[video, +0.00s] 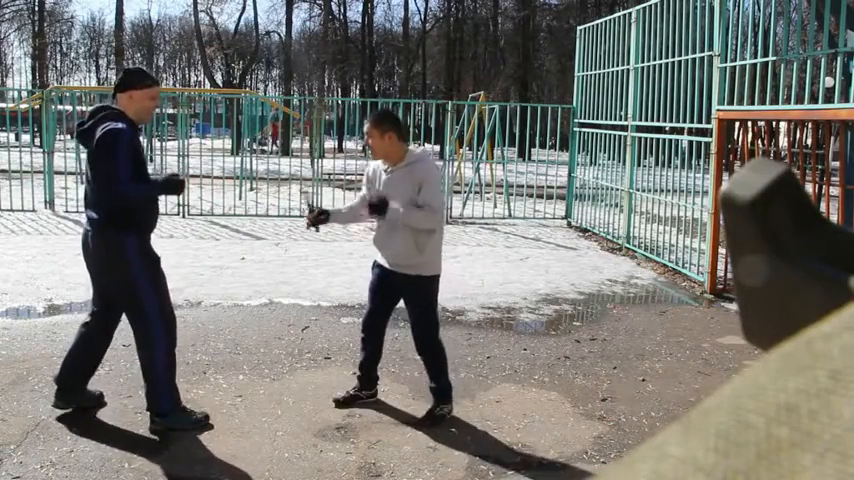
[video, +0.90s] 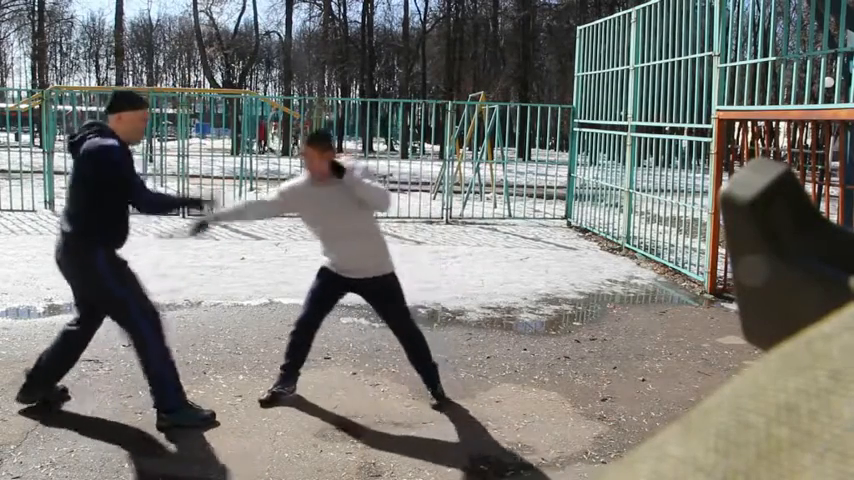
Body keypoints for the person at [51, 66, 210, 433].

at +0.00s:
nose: (155, 106)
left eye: (156, 99)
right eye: (151, 98)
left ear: (126, 97)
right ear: (128, 96)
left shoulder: (109, 128)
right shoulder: (119, 134)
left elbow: (117, 187)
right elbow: (121, 191)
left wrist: (157, 185)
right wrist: (164, 186)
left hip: (103, 243)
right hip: (125, 246)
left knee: (104, 315)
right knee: (158, 324)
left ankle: (70, 388)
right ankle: (166, 411)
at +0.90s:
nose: (145, 127)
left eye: (146, 120)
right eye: (142, 119)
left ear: (118, 118)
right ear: (120, 118)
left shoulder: (96, 145)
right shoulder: (111, 152)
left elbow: (137, 197)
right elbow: (143, 200)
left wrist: (179, 204)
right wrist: (188, 203)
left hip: (76, 252)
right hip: (94, 256)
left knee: (88, 319)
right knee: (145, 321)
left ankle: (37, 385)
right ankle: (173, 408)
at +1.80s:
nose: (89, 105)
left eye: (88, 98)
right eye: (82, 99)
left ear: (58, 103)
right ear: (58, 102)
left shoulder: (56, 134)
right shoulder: (46, 138)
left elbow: (60, 188)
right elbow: (61, 190)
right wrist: (106, 174)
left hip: (51, 243)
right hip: (59, 245)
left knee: (55, 313)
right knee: (108, 315)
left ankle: (10, 379)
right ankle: (101, 399)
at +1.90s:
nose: (88, 105)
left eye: (87, 98)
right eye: (82, 98)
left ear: (57, 103)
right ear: (57, 101)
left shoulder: (54, 134)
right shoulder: (45, 138)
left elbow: (58, 190)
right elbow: (61, 192)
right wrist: (104, 172)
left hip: (48, 242)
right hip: (59, 244)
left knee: (50, 313)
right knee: (111, 310)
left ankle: (9, 381)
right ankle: (108, 396)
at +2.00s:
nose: (89, 100)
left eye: (87, 93)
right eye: (82, 93)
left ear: (60, 97)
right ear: (57, 96)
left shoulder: (52, 129)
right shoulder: (49, 132)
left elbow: (62, 183)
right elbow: (62, 186)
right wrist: (109, 176)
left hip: (52, 237)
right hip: (65, 240)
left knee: (47, 311)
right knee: (105, 312)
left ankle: (7, 378)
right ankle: (118, 400)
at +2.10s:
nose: (91, 102)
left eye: (90, 95)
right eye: (85, 95)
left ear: (62, 99)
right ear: (61, 98)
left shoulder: (53, 130)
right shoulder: (56, 134)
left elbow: (65, 186)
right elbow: (70, 187)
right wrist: (113, 178)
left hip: (49, 239)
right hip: (68, 242)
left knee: (56, 308)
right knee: (109, 312)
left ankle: (8, 376)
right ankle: (118, 399)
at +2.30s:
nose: (111, 110)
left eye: (110, 103)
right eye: (107, 103)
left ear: (84, 101)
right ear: (88, 102)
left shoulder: (61, 126)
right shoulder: (75, 133)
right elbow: (103, 187)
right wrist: (155, 205)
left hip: (30, 233)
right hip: (50, 237)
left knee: (46, 305)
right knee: (94, 306)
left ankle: (7, 370)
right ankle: (103, 395)